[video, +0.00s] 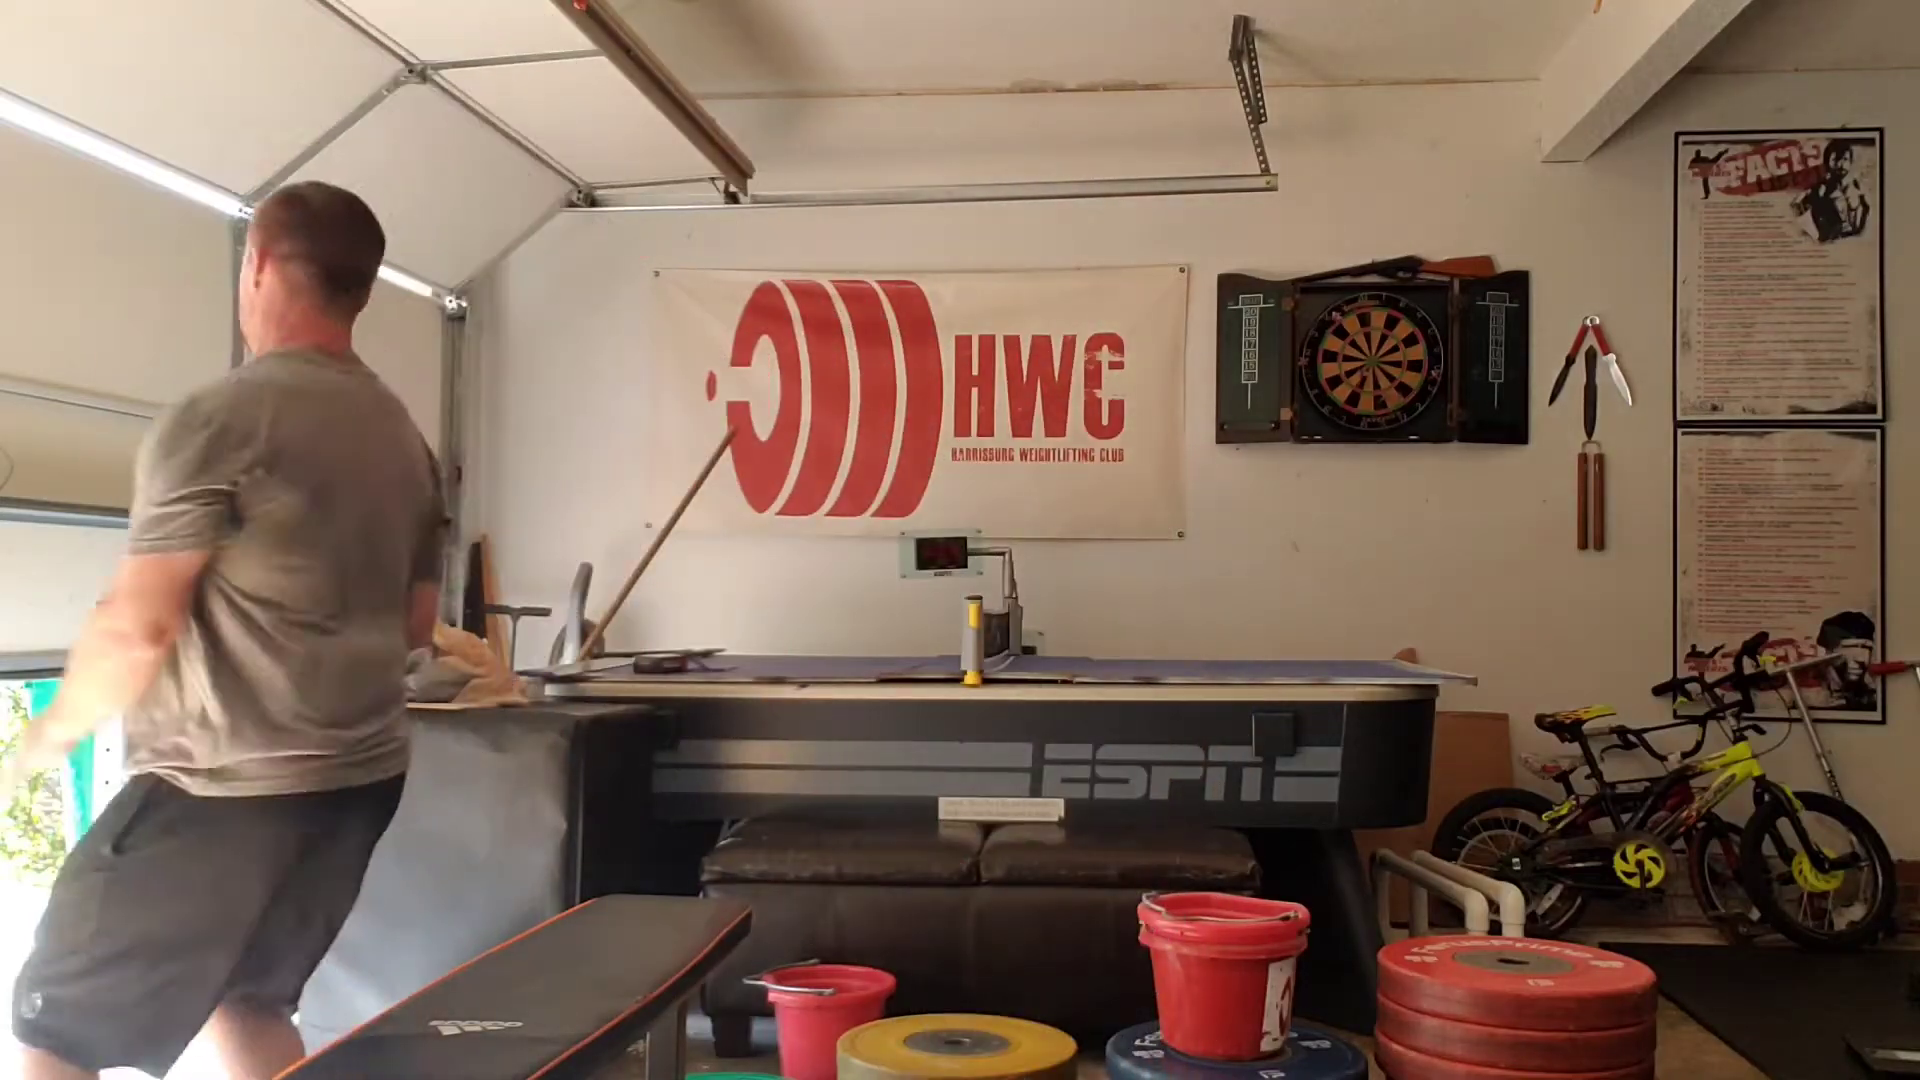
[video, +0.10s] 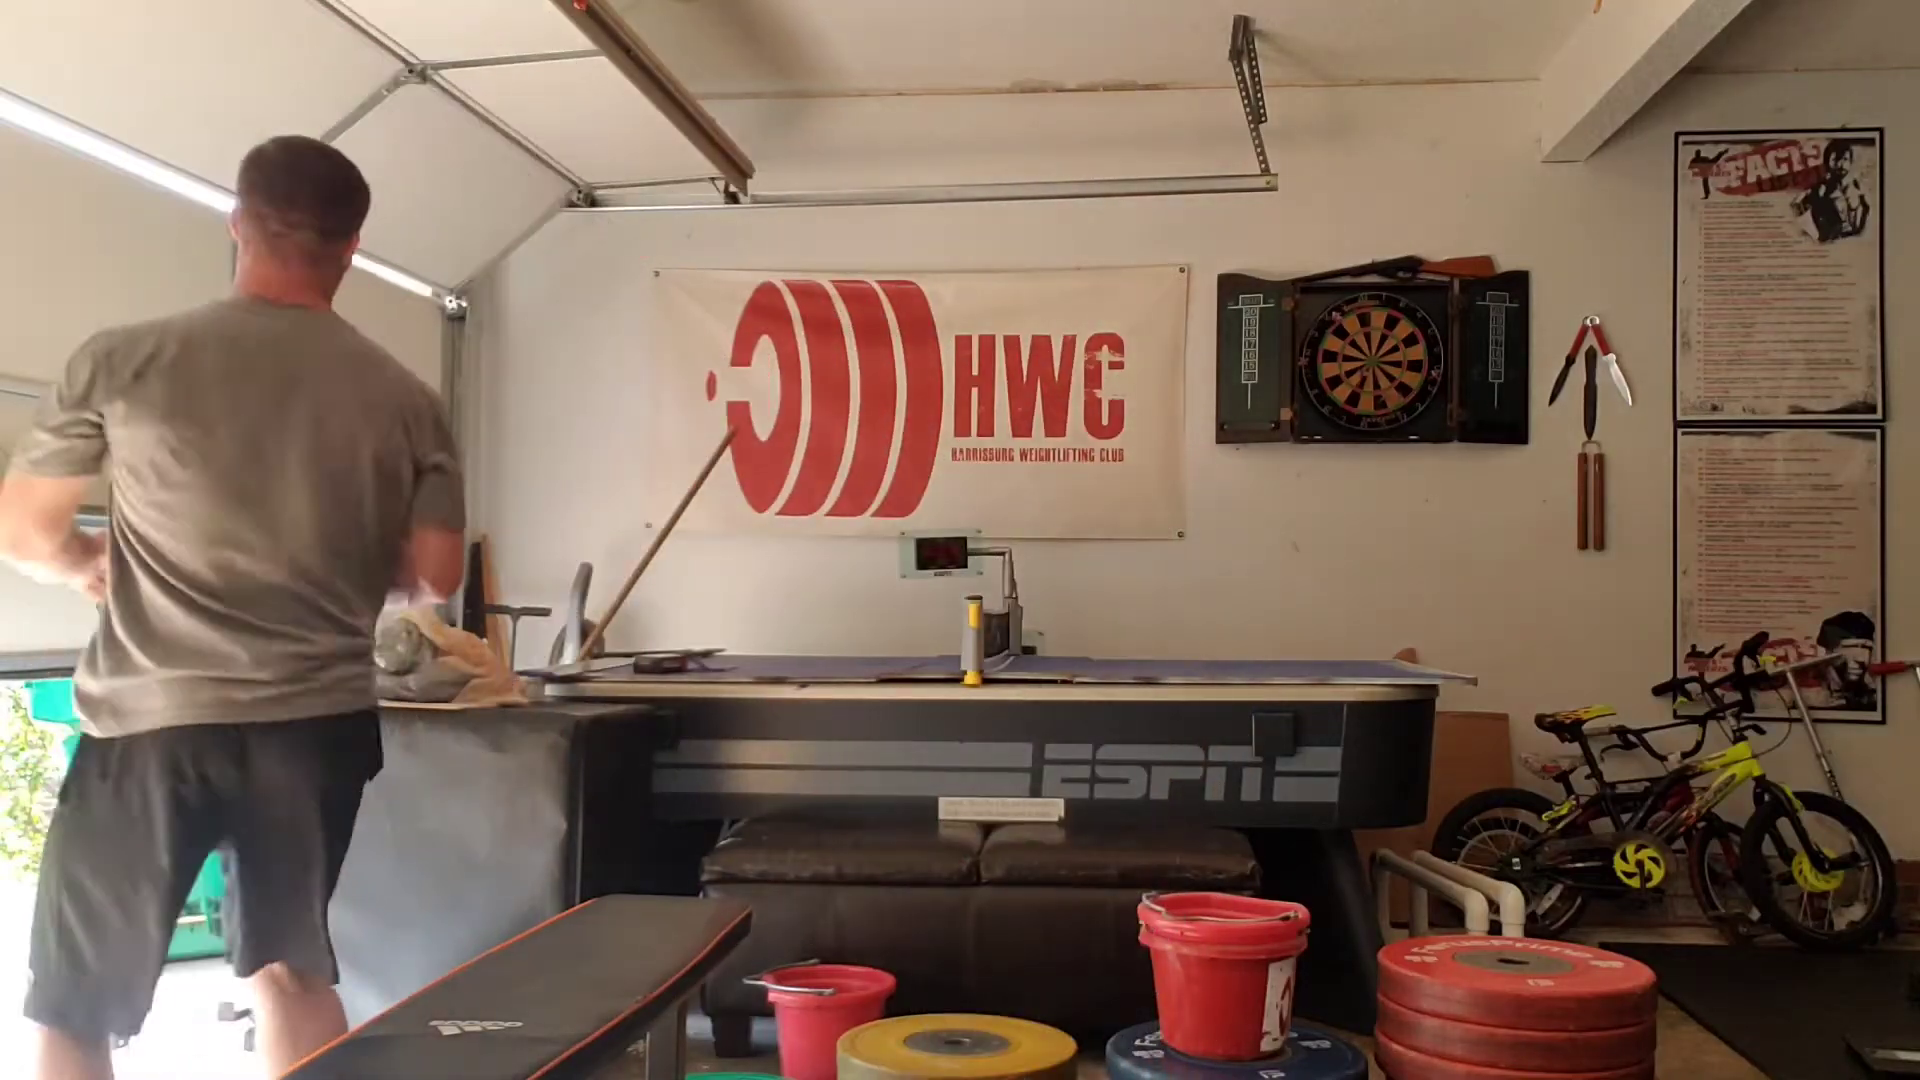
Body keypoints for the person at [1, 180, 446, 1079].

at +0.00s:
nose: (243, 287)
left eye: (246, 266)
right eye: (249, 267)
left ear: (265, 268)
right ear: (362, 289)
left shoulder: (221, 417)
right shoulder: (406, 439)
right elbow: (416, 622)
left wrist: (50, 733)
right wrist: (294, 639)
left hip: (217, 791)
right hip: (360, 780)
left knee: (56, 1041)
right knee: (252, 1005)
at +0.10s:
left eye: (246, 222)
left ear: (237, 226)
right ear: (353, 248)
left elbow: (29, 525)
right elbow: (438, 571)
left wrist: (90, 561)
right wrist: (350, 540)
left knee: (70, 1018)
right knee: (296, 970)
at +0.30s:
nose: (378, 227)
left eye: (378, 204)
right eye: (366, 202)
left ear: (273, 202)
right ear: (303, 201)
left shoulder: (131, 334)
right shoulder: (320, 339)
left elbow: (59, 482)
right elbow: (384, 547)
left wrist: (173, 538)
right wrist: (439, 602)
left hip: (121, 672)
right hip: (245, 672)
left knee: (149, 958)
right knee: (275, 960)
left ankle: (70, 1077)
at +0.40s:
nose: (373, 238)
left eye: (371, 214)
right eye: (358, 210)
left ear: (271, 208)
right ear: (278, 203)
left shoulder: (201, 328)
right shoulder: (266, 333)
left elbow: (203, 543)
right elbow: (316, 546)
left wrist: (322, 625)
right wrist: (439, 632)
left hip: (151, 667)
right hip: (216, 673)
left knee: (171, 980)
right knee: (241, 984)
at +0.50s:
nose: (366, 240)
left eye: (366, 217)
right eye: (347, 215)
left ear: (276, 214)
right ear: (265, 209)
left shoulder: (271, 349)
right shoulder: (225, 337)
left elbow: (267, 544)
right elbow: (222, 528)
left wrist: (393, 618)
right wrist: (381, 618)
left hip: (226, 678)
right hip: (179, 673)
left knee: (237, 972)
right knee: (227, 975)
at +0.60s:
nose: (361, 245)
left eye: (363, 223)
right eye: (343, 220)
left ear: (268, 220)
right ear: (259, 215)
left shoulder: (291, 371)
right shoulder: (187, 347)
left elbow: (314, 538)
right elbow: (158, 523)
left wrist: (417, 600)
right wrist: (334, 630)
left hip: (230, 688)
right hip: (152, 678)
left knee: (218, 960)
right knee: (230, 957)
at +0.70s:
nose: (364, 242)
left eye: (366, 221)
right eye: (346, 216)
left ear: (272, 214)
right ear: (262, 208)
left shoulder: (313, 372)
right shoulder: (186, 331)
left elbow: (350, 531)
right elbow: (113, 502)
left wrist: (452, 624)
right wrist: (249, 636)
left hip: (223, 697)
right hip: (134, 680)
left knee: (201, 964)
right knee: (197, 966)